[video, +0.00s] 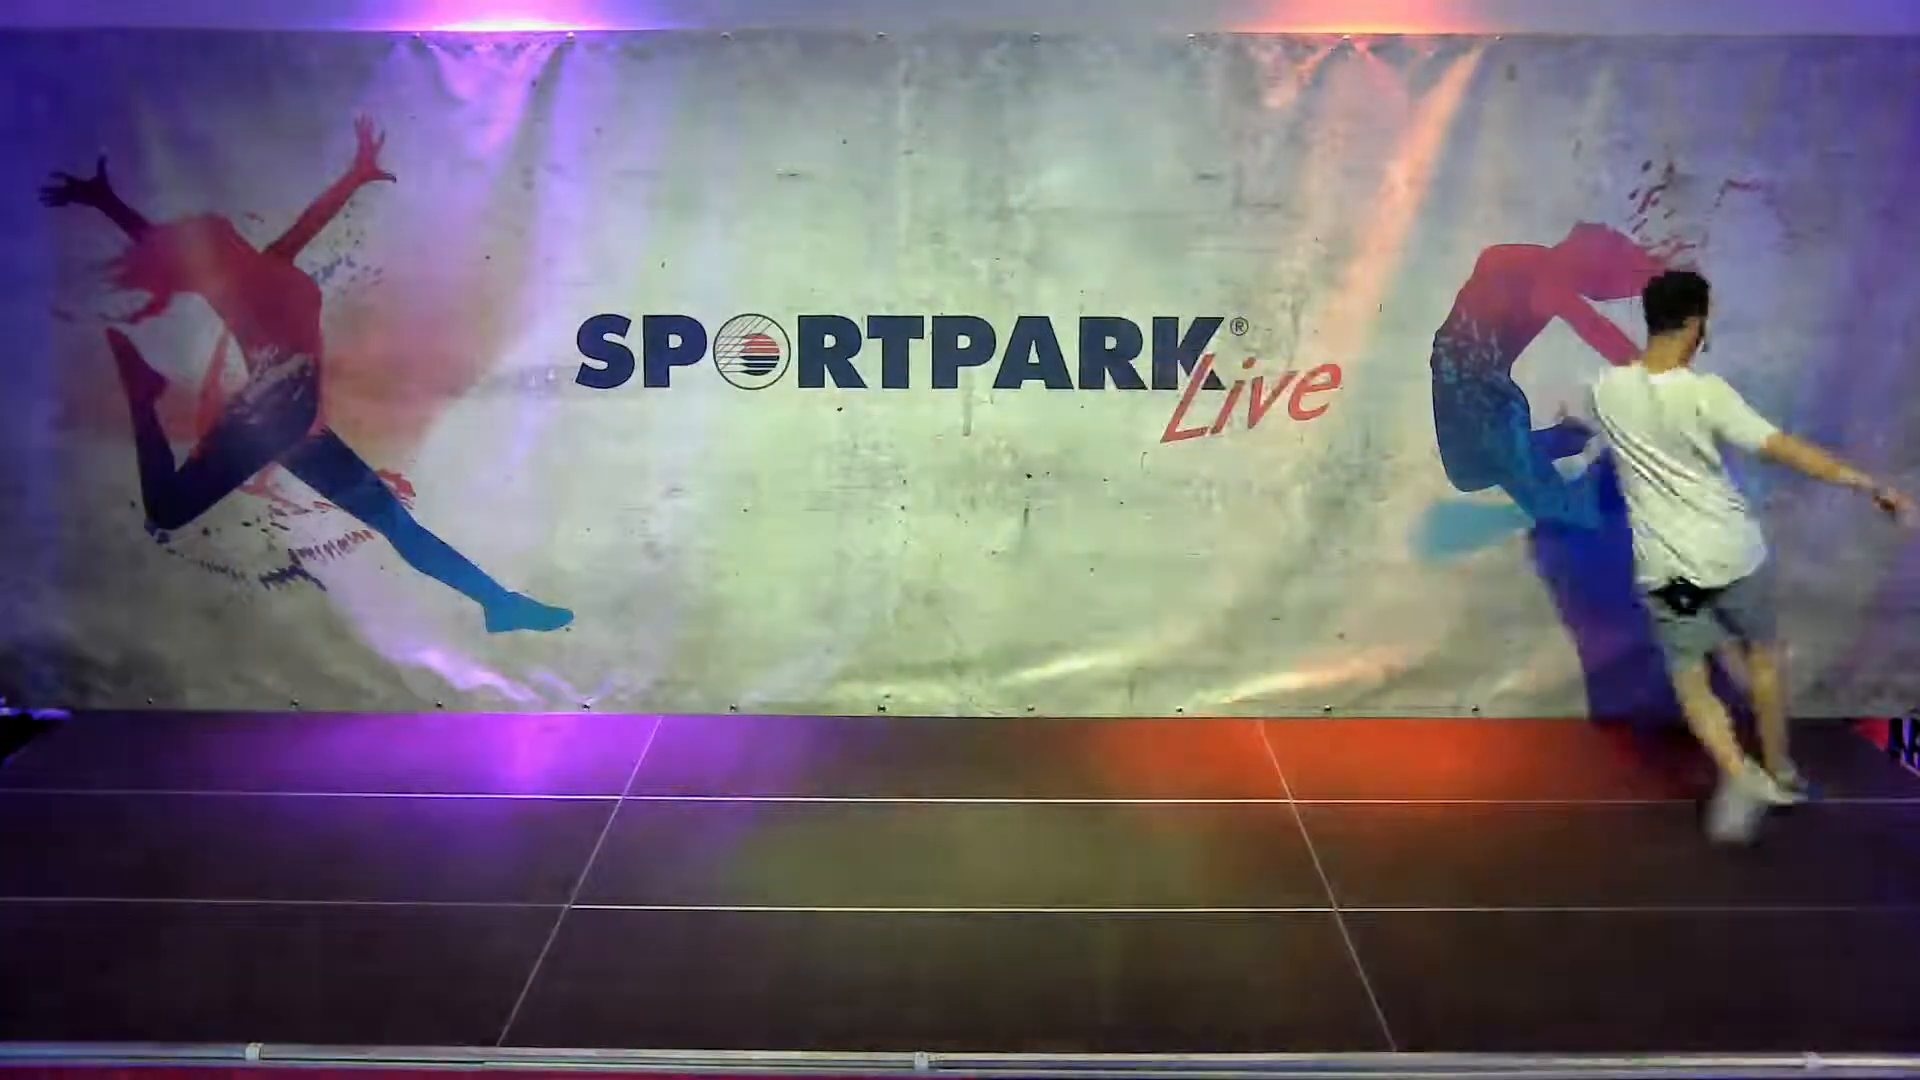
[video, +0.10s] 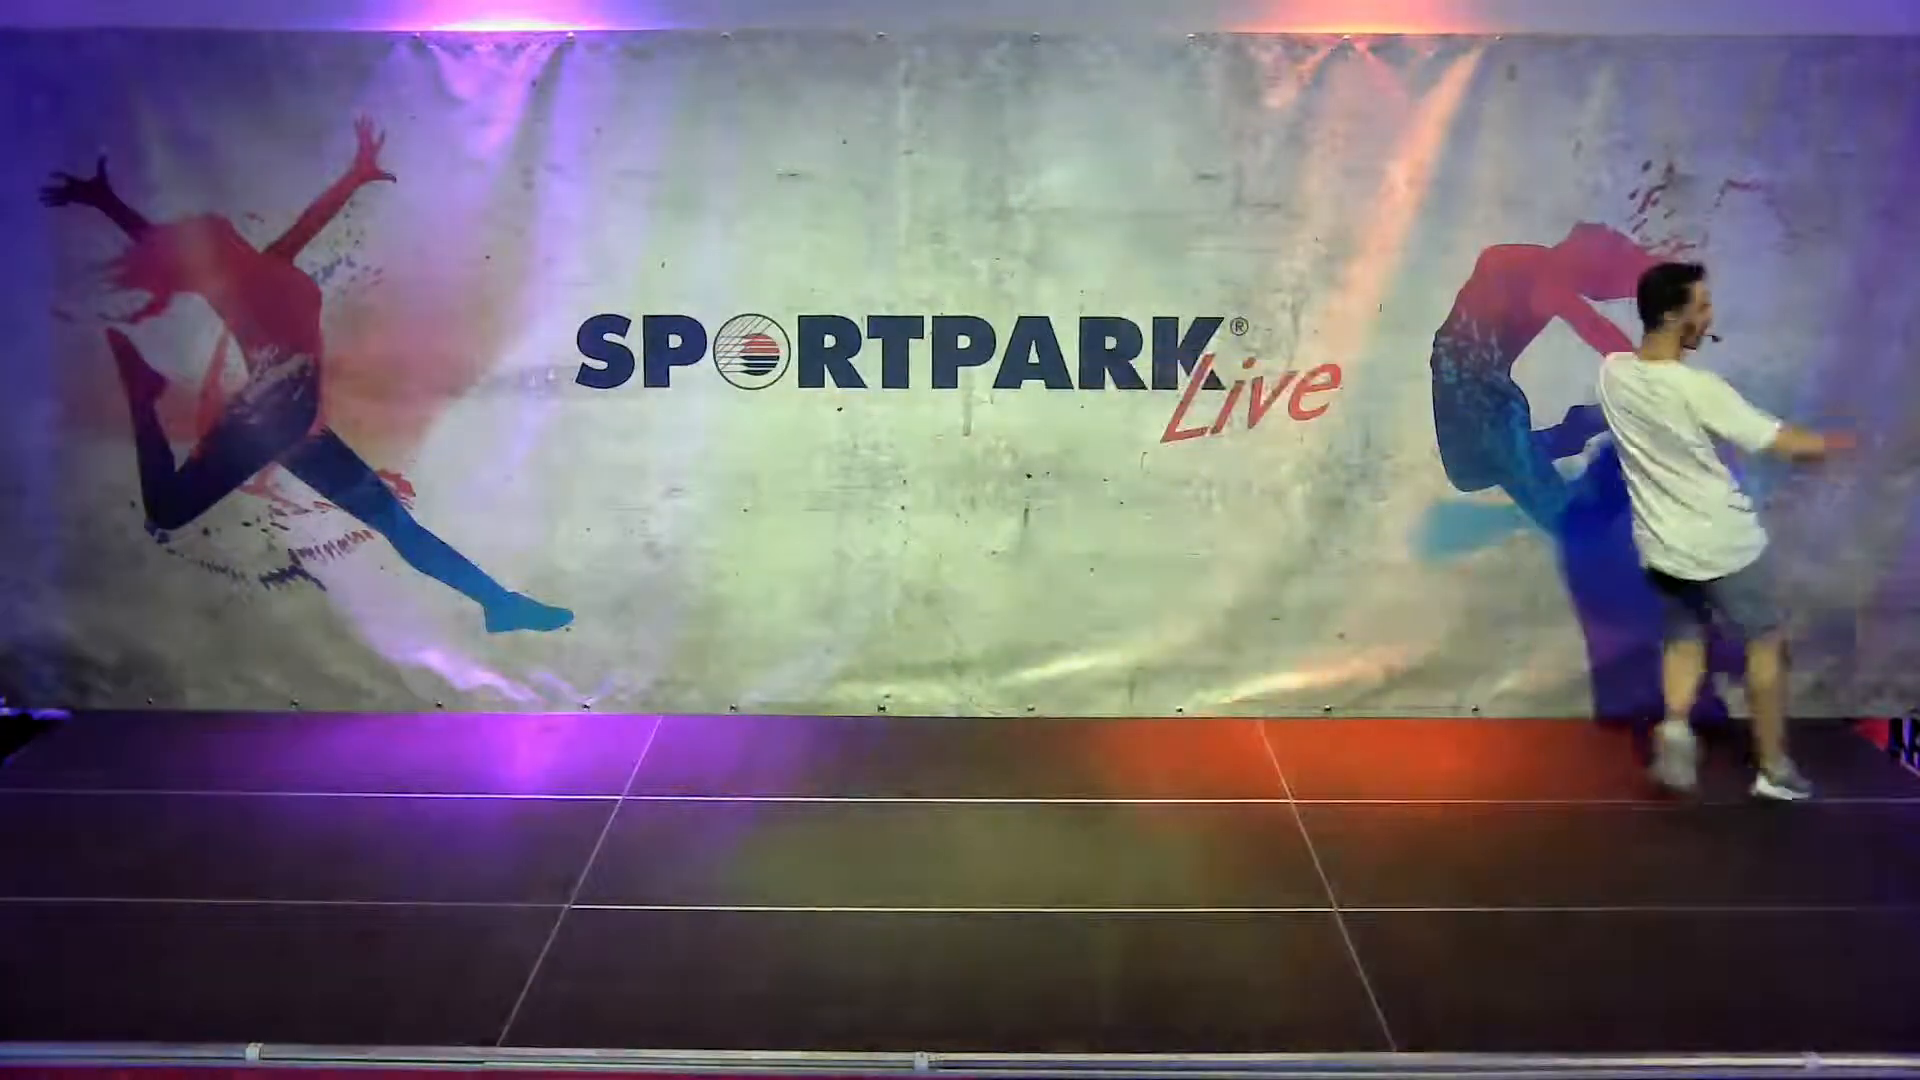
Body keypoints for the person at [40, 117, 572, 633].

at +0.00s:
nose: (188, 287)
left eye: (187, 267)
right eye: (188, 266)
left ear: (206, 254)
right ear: (204, 251)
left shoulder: (262, 270)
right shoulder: (237, 280)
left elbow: (308, 223)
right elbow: (158, 244)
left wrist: (357, 175)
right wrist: (104, 201)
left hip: (298, 426)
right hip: (260, 422)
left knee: (388, 516)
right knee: (166, 511)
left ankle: (500, 602)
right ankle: (140, 394)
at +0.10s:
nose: (194, 283)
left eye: (192, 265)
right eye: (191, 265)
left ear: (209, 254)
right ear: (205, 254)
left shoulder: (262, 270)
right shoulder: (238, 283)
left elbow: (307, 223)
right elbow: (158, 245)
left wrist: (357, 176)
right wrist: (104, 200)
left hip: (300, 428)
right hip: (259, 425)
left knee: (388, 517)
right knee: (166, 511)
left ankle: (500, 602)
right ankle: (140, 391)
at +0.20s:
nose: (194, 284)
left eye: (192, 265)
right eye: (190, 266)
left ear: (208, 254)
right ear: (204, 254)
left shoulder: (262, 270)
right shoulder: (239, 282)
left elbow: (307, 223)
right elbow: (157, 245)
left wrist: (357, 176)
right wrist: (103, 200)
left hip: (299, 428)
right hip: (259, 425)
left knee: (388, 516)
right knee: (165, 511)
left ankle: (500, 602)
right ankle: (140, 391)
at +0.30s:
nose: (193, 285)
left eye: (190, 266)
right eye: (190, 266)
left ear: (207, 255)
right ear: (205, 254)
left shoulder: (262, 270)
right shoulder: (238, 283)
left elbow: (307, 223)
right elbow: (157, 244)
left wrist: (357, 176)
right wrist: (103, 200)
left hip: (298, 427)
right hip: (259, 424)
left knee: (387, 516)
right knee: (165, 511)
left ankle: (500, 602)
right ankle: (140, 392)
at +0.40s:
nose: (180, 288)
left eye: (179, 268)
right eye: (175, 271)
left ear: (204, 252)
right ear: (204, 249)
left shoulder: (262, 269)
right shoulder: (239, 279)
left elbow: (307, 223)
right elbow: (158, 244)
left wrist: (358, 175)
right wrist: (105, 202)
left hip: (300, 429)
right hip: (262, 422)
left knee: (389, 516)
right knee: (166, 511)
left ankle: (500, 602)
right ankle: (141, 397)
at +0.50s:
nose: (177, 289)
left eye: (177, 269)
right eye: (171, 273)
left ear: (203, 253)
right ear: (204, 249)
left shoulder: (262, 269)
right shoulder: (241, 279)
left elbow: (307, 223)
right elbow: (158, 244)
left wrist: (358, 175)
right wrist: (105, 202)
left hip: (300, 428)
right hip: (262, 422)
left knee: (389, 517)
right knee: (166, 512)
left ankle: (500, 602)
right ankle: (141, 398)